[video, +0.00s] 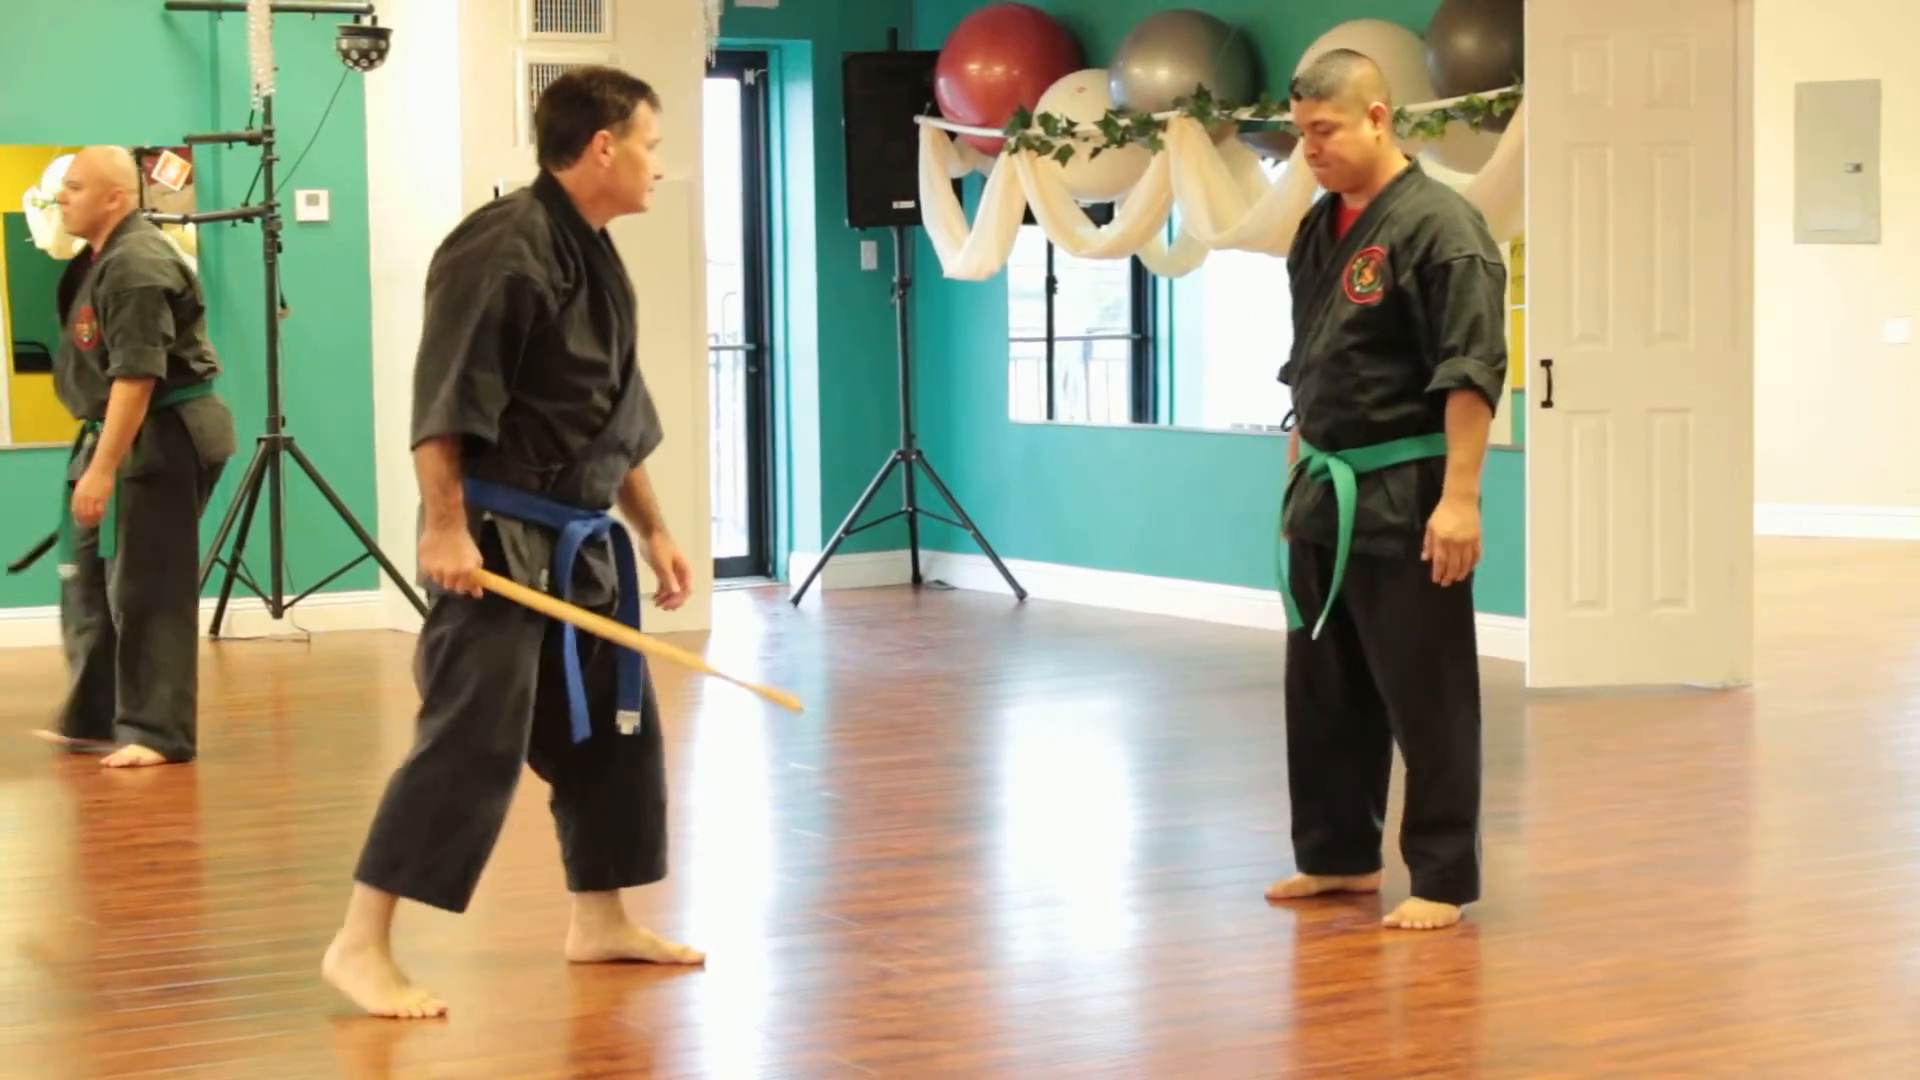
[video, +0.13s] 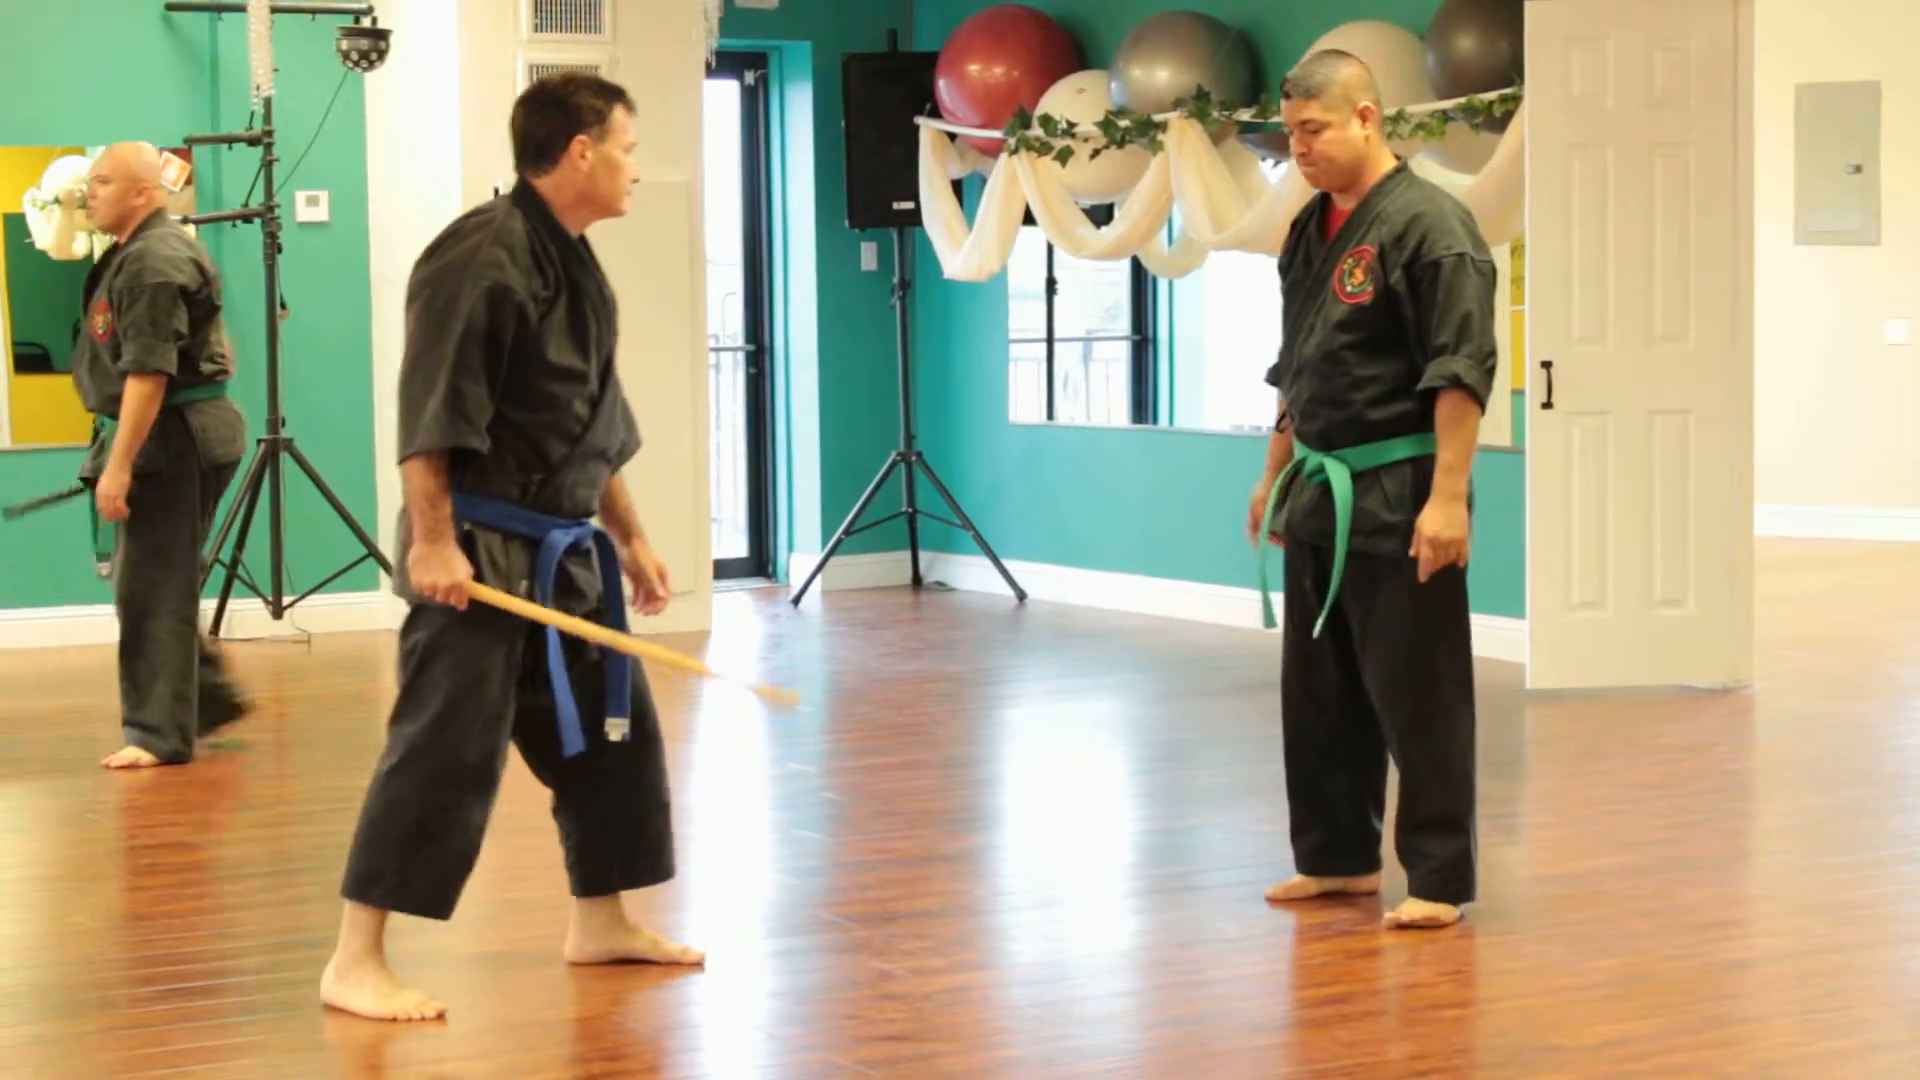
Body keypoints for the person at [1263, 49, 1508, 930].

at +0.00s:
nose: (1309, 149)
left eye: (1323, 131)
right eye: (1302, 134)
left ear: (1378, 119)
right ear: (1306, 134)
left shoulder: (1443, 223)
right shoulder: (1319, 226)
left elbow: (1471, 374)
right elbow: (1310, 364)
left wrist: (1461, 497)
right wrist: (1299, 465)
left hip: (1409, 480)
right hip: (1325, 480)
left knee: (1429, 689)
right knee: (1327, 679)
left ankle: (1442, 884)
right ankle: (1340, 860)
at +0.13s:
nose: (1298, 148)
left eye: (1313, 130)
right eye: (1292, 133)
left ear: (1368, 118)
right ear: (1296, 134)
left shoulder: (1432, 222)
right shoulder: (1309, 227)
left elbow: (1461, 372)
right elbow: (1299, 366)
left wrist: (1450, 495)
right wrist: (1276, 470)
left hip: (1401, 478)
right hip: (1318, 480)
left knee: (1420, 685)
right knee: (1323, 677)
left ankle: (1438, 880)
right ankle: (1338, 859)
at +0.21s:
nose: (1291, 150)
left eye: (1305, 133)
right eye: (1284, 135)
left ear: (1361, 120)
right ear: (1289, 136)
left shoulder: (1427, 223)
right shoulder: (1305, 229)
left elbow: (1454, 375)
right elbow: (1295, 367)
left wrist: (1438, 496)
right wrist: (1264, 469)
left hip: (1399, 480)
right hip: (1315, 481)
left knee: (1416, 684)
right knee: (1322, 680)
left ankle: (1438, 877)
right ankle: (1339, 861)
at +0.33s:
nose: (1291, 155)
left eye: (1304, 135)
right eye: (1283, 140)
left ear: (1358, 120)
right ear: (1284, 140)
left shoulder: (1425, 223)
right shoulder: (1304, 228)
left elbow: (1450, 375)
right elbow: (1292, 369)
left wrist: (1427, 495)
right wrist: (1261, 473)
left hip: (1395, 483)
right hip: (1312, 483)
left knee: (1412, 688)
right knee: (1320, 681)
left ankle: (1432, 884)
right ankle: (1340, 863)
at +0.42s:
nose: (1291, 154)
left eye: (1304, 137)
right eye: (1284, 139)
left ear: (1361, 123)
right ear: (1290, 138)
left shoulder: (1427, 225)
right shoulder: (1306, 231)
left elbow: (1450, 378)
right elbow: (1292, 369)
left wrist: (1425, 499)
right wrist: (1268, 470)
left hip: (1396, 482)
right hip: (1315, 483)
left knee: (1407, 687)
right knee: (1319, 681)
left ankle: (1431, 885)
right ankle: (1340, 862)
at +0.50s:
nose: (1294, 156)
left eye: (1307, 138)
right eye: (1287, 141)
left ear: (1362, 123)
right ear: (1294, 141)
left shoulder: (1429, 224)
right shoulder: (1307, 231)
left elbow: (1452, 376)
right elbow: (1297, 368)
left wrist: (1429, 495)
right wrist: (1281, 466)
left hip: (1398, 480)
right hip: (1315, 481)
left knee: (1408, 689)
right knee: (1319, 680)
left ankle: (1431, 885)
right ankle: (1339, 862)